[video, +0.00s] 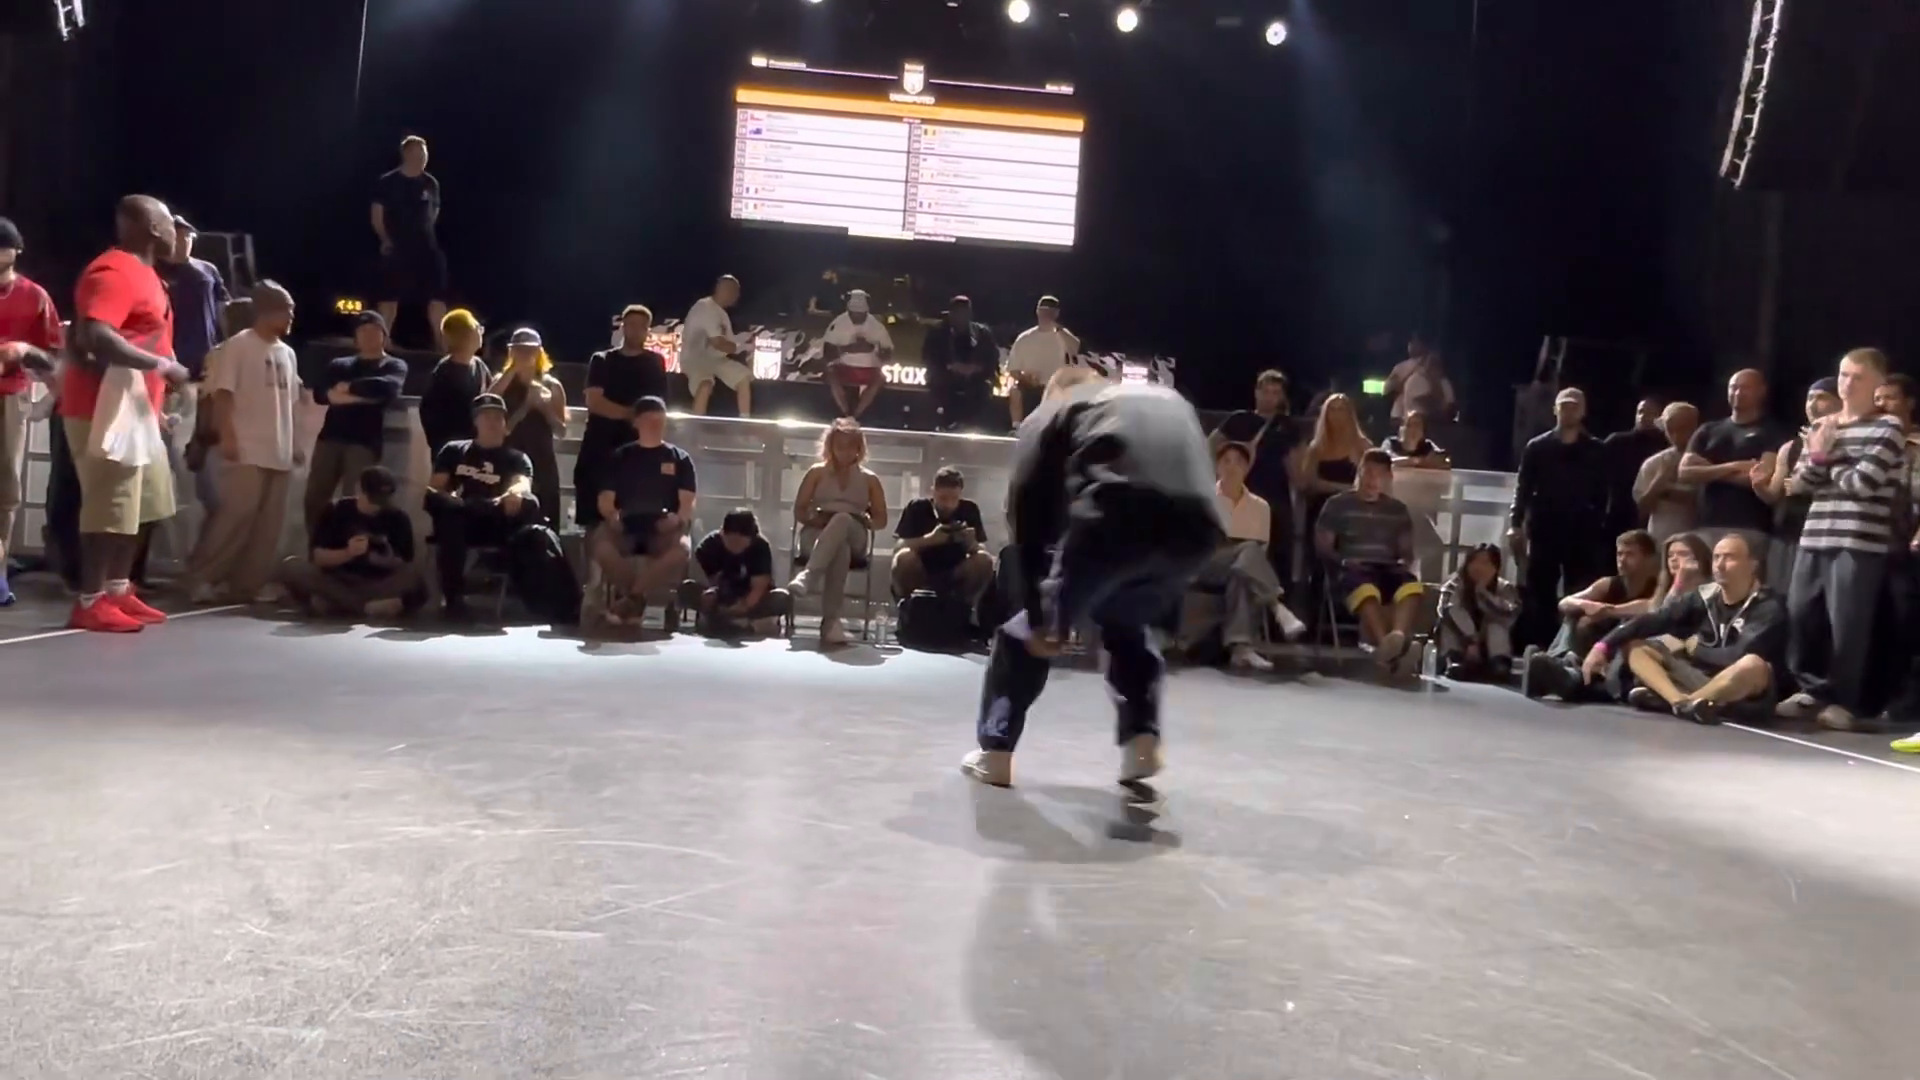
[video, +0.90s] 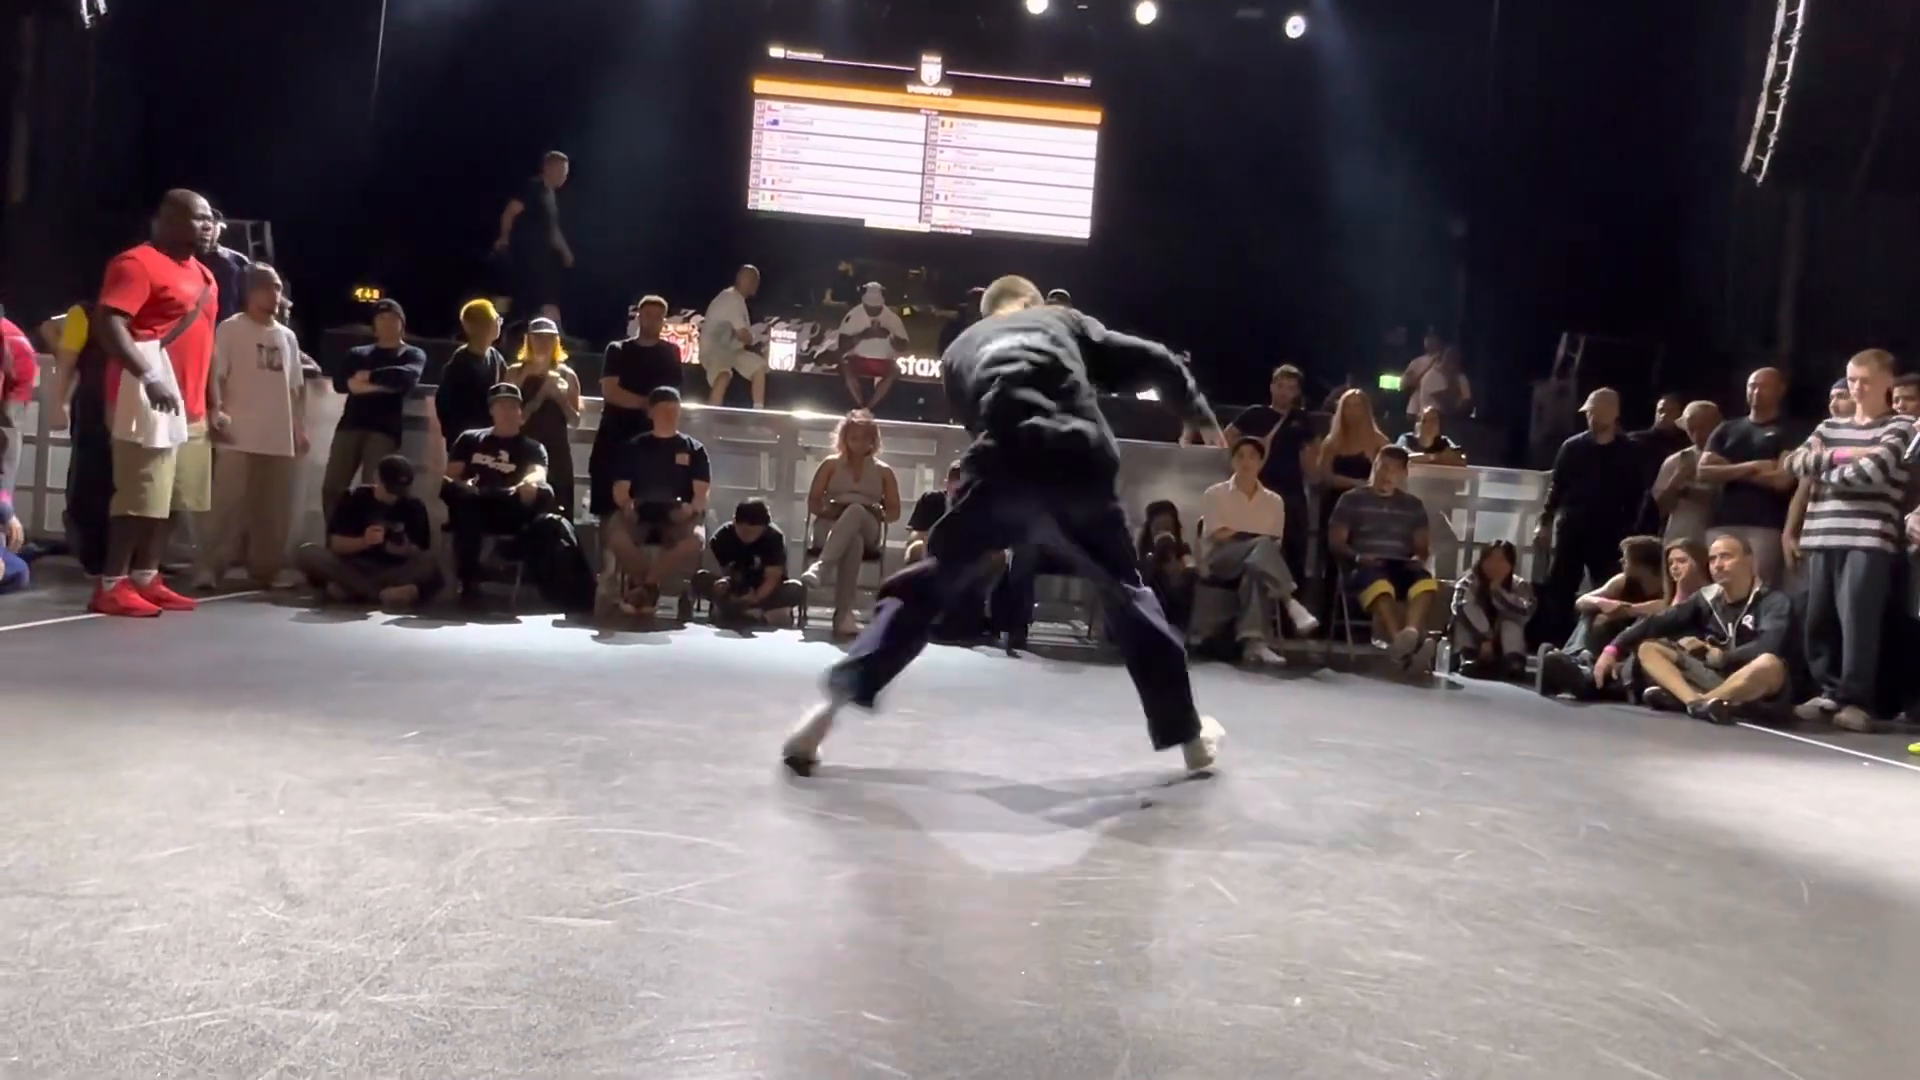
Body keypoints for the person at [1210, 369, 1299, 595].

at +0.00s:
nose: (1269, 397)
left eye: (1275, 393)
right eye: (1265, 391)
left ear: (1282, 397)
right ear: (1256, 393)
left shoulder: (1288, 427)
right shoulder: (1239, 421)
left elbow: (1295, 468)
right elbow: (1211, 447)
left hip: (1276, 497)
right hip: (1240, 494)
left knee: (1278, 553)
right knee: (1237, 548)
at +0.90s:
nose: (1284, 392)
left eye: (1290, 387)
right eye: (1280, 386)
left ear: (1297, 392)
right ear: (1272, 387)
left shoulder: (1302, 420)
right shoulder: (1256, 414)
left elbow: (1310, 454)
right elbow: (1228, 436)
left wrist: (1310, 477)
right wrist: (1244, 466)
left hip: (1290, 491)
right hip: (1256, 489)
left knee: (1293, 546)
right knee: (1254, 542)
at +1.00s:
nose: (1286, 389)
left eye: (1292, 386)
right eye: (1282, 384)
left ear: (1300, 391)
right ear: (1273, 386)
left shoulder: (1305, 418)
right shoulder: (1257, 413)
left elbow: (1312, 459)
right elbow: (1228, 436)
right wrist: (1254, 450)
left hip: (1293, 491)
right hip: (1260, 488)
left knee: (1295, 548)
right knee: (1260, 543)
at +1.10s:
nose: (1287, 387)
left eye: (1293, 384)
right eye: (1283, 381)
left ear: (1301, 389)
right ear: (1275, 383)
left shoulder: (1307, 417)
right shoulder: (1257, 410)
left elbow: (1313, 452)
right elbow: (1234, 432)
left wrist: (1311, 475)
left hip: (1294, 485)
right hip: (1260, 482)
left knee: (1297, 536)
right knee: (1258, 532)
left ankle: (1295, 580)